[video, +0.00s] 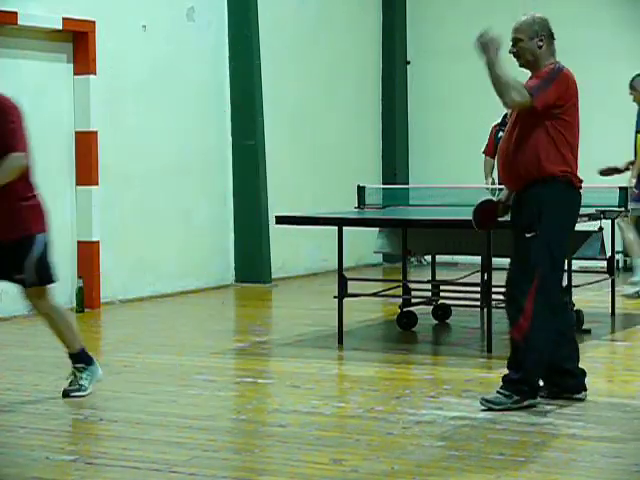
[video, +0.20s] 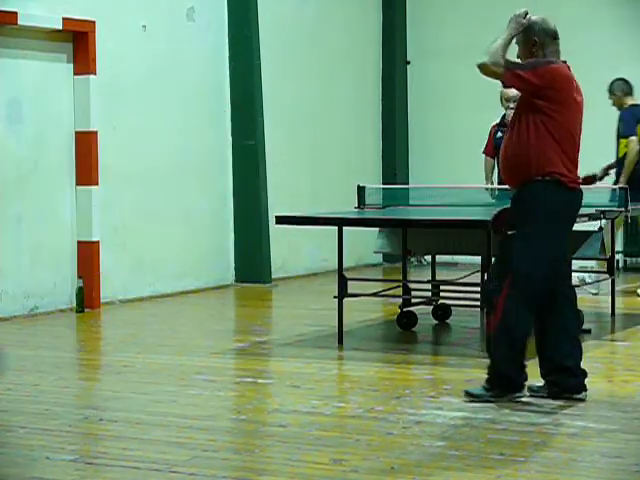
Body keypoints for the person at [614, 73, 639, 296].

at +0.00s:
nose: (632, 97)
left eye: (633, 92)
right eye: (631, 92)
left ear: (638, 91)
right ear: (634, 91)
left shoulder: (638, 114)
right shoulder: (637, 114)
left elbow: (637, 159)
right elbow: (637, 158)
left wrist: (633, 176)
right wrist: (620, 168)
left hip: (637, 184)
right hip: (636, 183)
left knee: (627, 221)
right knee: (627, 221)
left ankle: (637, 272)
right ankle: (635, 272)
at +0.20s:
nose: (611, 101)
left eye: (612, 97)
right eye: (610, 97)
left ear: (619, 94)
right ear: (625, 93)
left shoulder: (628, 114)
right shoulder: (629, 113)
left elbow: (634, 148)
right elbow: (626, 153)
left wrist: (623, 179)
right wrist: (604, 171)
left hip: (630, 183)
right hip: (628, 182)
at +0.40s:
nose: (587, 103)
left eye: (588, 98)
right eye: (587, 98)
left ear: (593, 96)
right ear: (605, 94)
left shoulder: (603, 117)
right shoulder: (623, 114)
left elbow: (608, 150)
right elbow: (626, 149)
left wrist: (603, 184)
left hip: (605, 183)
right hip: (622, 182)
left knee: (594, 228)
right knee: (621, 229)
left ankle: (589, 276)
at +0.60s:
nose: (572, 97)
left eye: (572, 93)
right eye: (573, 92)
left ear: (577, 93)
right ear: (590, 91)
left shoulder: (575, 114)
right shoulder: (608, 113)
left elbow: (568, 150)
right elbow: (626, 149)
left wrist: (566, 175)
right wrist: (630, 180)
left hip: (578, 182)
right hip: (603, 183)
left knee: (578, 228)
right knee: (597, 224)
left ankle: (584, 279)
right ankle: (616, 260)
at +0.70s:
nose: (566, 99)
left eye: (566, 95)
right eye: (567, 94)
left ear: (571, 93)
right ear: (583, 91)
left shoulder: (569, 114)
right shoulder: (603, 113)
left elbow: (565, 150)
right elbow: (624, 147)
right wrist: (628, 177)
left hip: (573, 181)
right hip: (597, 181)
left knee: (576, 228)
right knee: (589, 226)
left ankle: (585, 279)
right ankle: (595, 272)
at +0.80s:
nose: (561, 98)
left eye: (562, 94)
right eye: (563, 93)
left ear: (567, 93)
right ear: (578, 91)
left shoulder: (564, 114)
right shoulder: (598, 113)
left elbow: (562, 150)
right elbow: (617, 148)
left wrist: (559, 172)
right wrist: (616, 171)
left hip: (569, 179)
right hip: (593, 179)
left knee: (570, 228)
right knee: (587, 226)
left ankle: (582, 276)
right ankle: (585, 275)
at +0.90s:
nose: (561, 99)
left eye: (561, 94)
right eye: (563, 93)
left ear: (565, 93)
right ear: (573, 92)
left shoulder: (564, 116)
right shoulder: (593, 114)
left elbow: (563, 149)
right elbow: (608, 149)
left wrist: (564, 170)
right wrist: (598, 166)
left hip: (573, 175)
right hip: (591, 174)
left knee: (572, 224)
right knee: (587, 222)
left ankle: (582, 276)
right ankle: (585, 273)